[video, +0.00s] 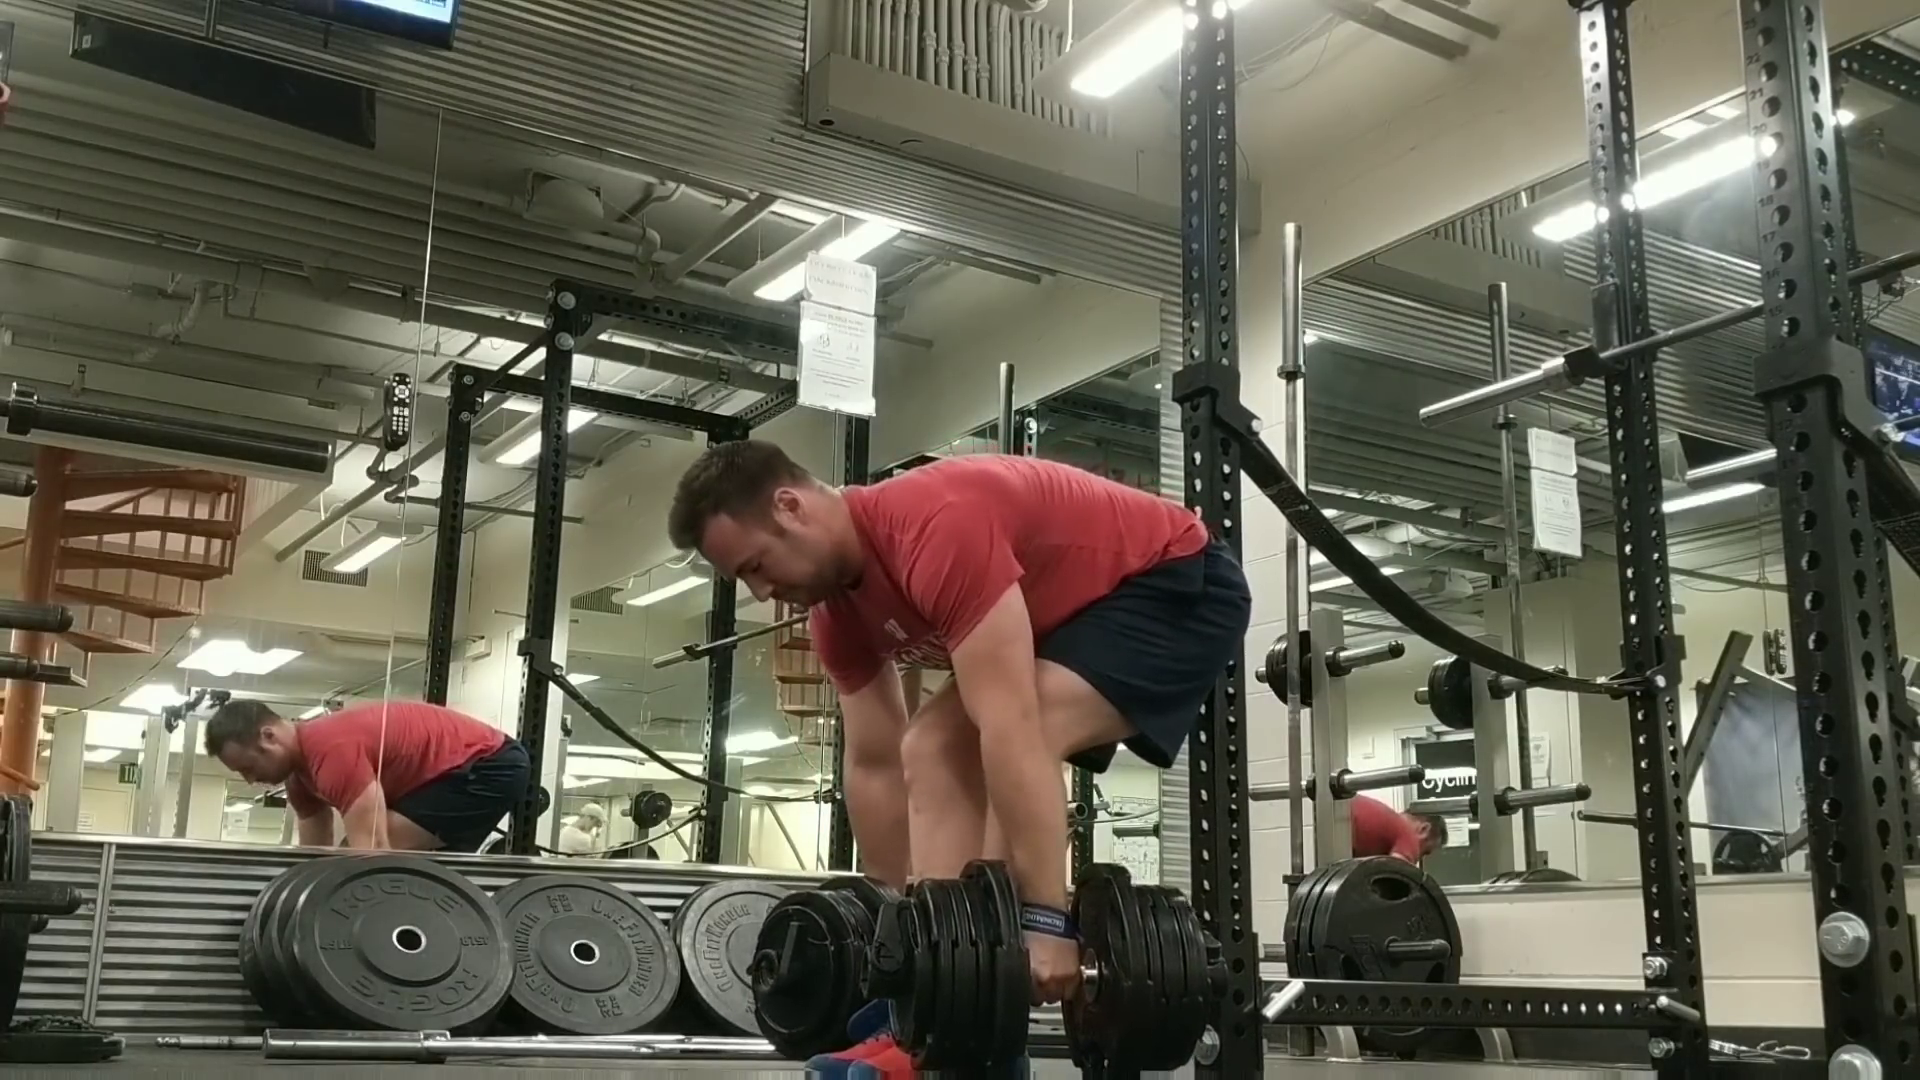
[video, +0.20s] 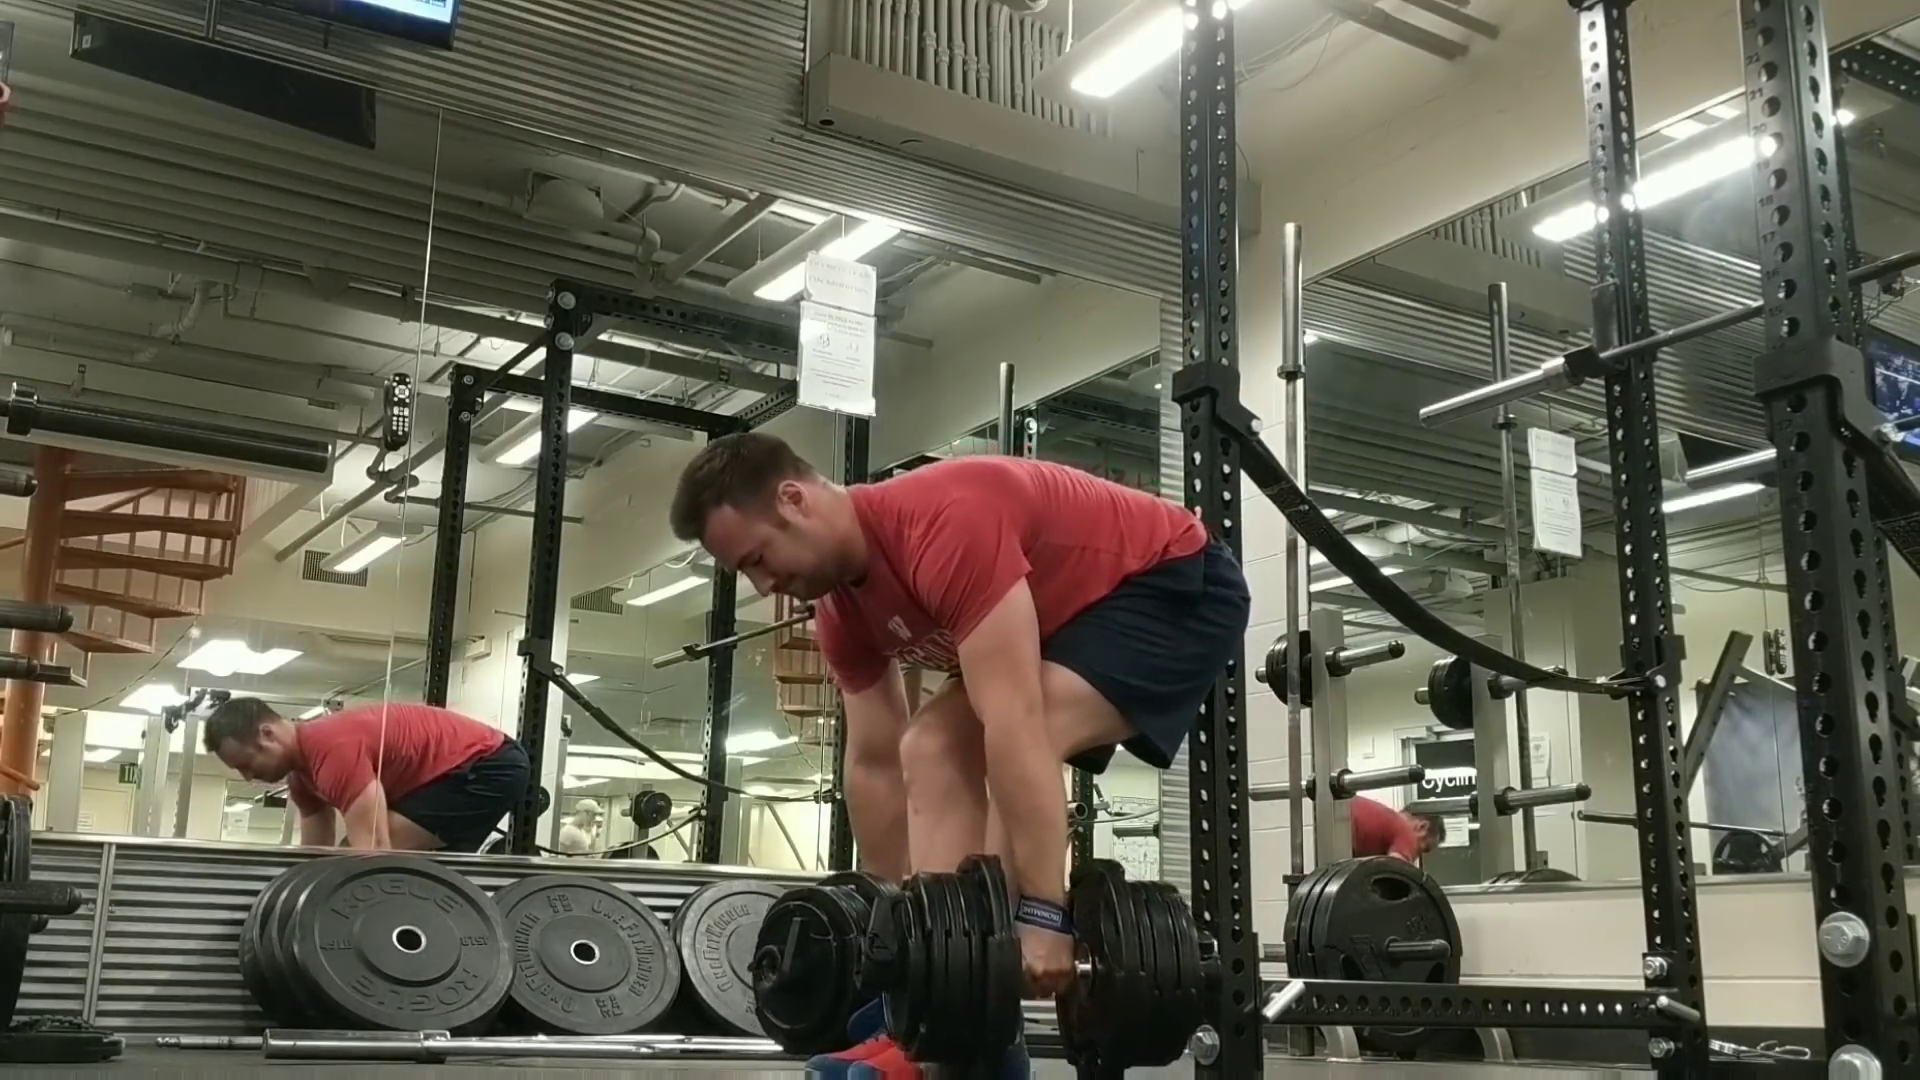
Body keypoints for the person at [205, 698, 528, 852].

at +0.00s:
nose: (253, 782)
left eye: (249, 770)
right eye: (244, 776)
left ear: (268, 737)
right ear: (268, 738)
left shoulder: (331, 751)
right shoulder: (302, 775)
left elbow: (366, 851)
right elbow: (315, 856)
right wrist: (297, 916)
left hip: (491, 766)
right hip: (463, 771)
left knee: (381, 849)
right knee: (386, 855)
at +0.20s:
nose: (251, 779)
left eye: (247, 767)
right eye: (242, 773)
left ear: (267, 734)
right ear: (267, 735)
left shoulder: (332, 749)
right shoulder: (303, 772)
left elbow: (367, 849)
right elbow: (315, 853)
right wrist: (291, 913)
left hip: (491, 766)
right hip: (464, 771)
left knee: (382, 850)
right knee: (386, 856)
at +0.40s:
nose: (250, 763)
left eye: (248, 750)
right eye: (242, 756)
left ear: (271, 721)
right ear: (271, 723)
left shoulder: (335, 738)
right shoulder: (305, 760)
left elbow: (369, 847)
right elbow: (314, 848)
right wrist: (290, 913)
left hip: (490, 763)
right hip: (462, 767)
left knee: (383, 852)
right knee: (391, 856)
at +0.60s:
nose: (250, 756)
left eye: (249, 743)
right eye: (243, 748)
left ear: (272, 714)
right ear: (272, 716)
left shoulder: (335, 733)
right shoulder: (305, 754)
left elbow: (368, 842)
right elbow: (313, 845)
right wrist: (291, 914)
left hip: (489, 761)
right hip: (458, 766)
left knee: (382, 849)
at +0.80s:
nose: (251, 762)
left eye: (249, 750)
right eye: (243, 756)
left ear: (272, 720)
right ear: (272, 722)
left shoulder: (335, 737)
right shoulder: (304, 760)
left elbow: (361, 845)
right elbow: (310, 849)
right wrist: (289, 917)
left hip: (490, 764)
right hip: (461, 768)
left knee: (380, 849)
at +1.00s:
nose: (250, 769)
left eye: (247, 756)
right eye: (242, 762)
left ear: (270, 725)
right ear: (271, 726)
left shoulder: (336, 741)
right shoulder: (304, 767)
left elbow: (360, 849)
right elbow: (309, 852)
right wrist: (285, 916)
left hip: (491, 764)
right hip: (462, 768)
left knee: (381, 852)